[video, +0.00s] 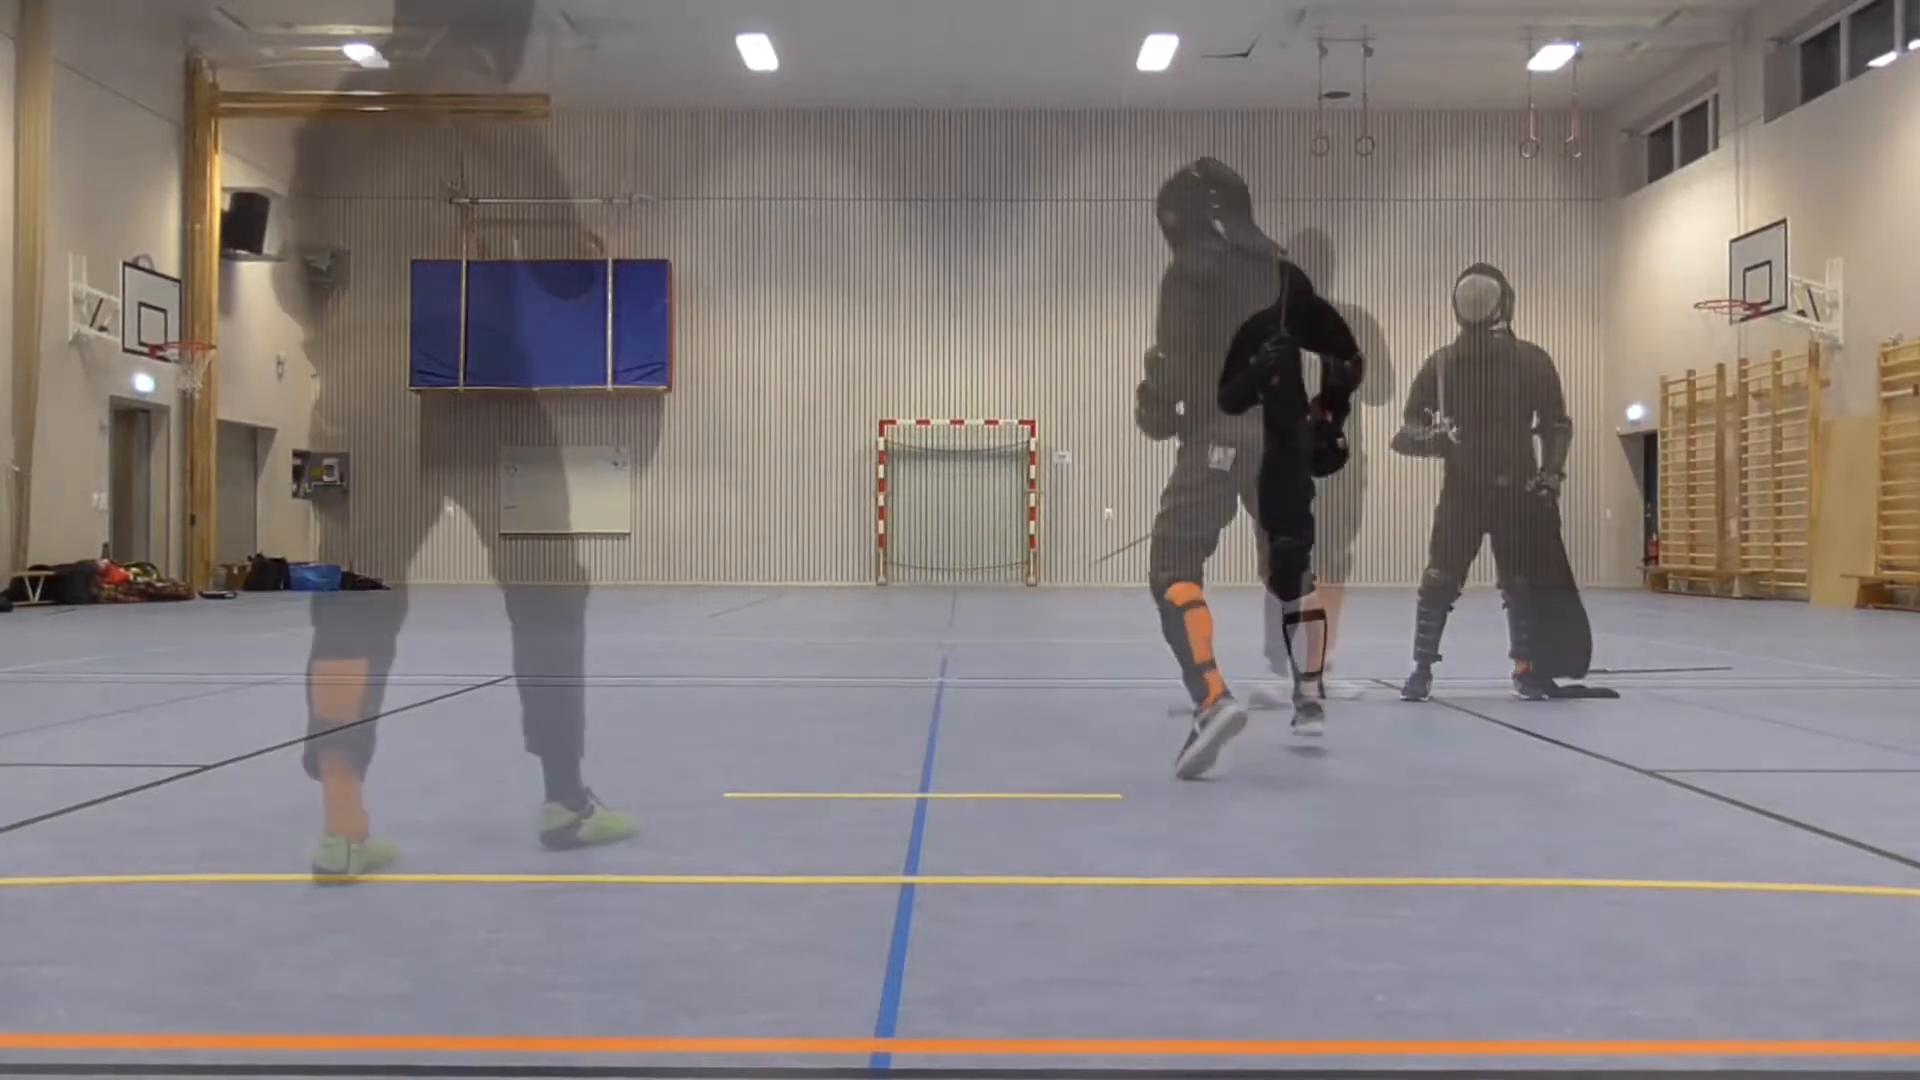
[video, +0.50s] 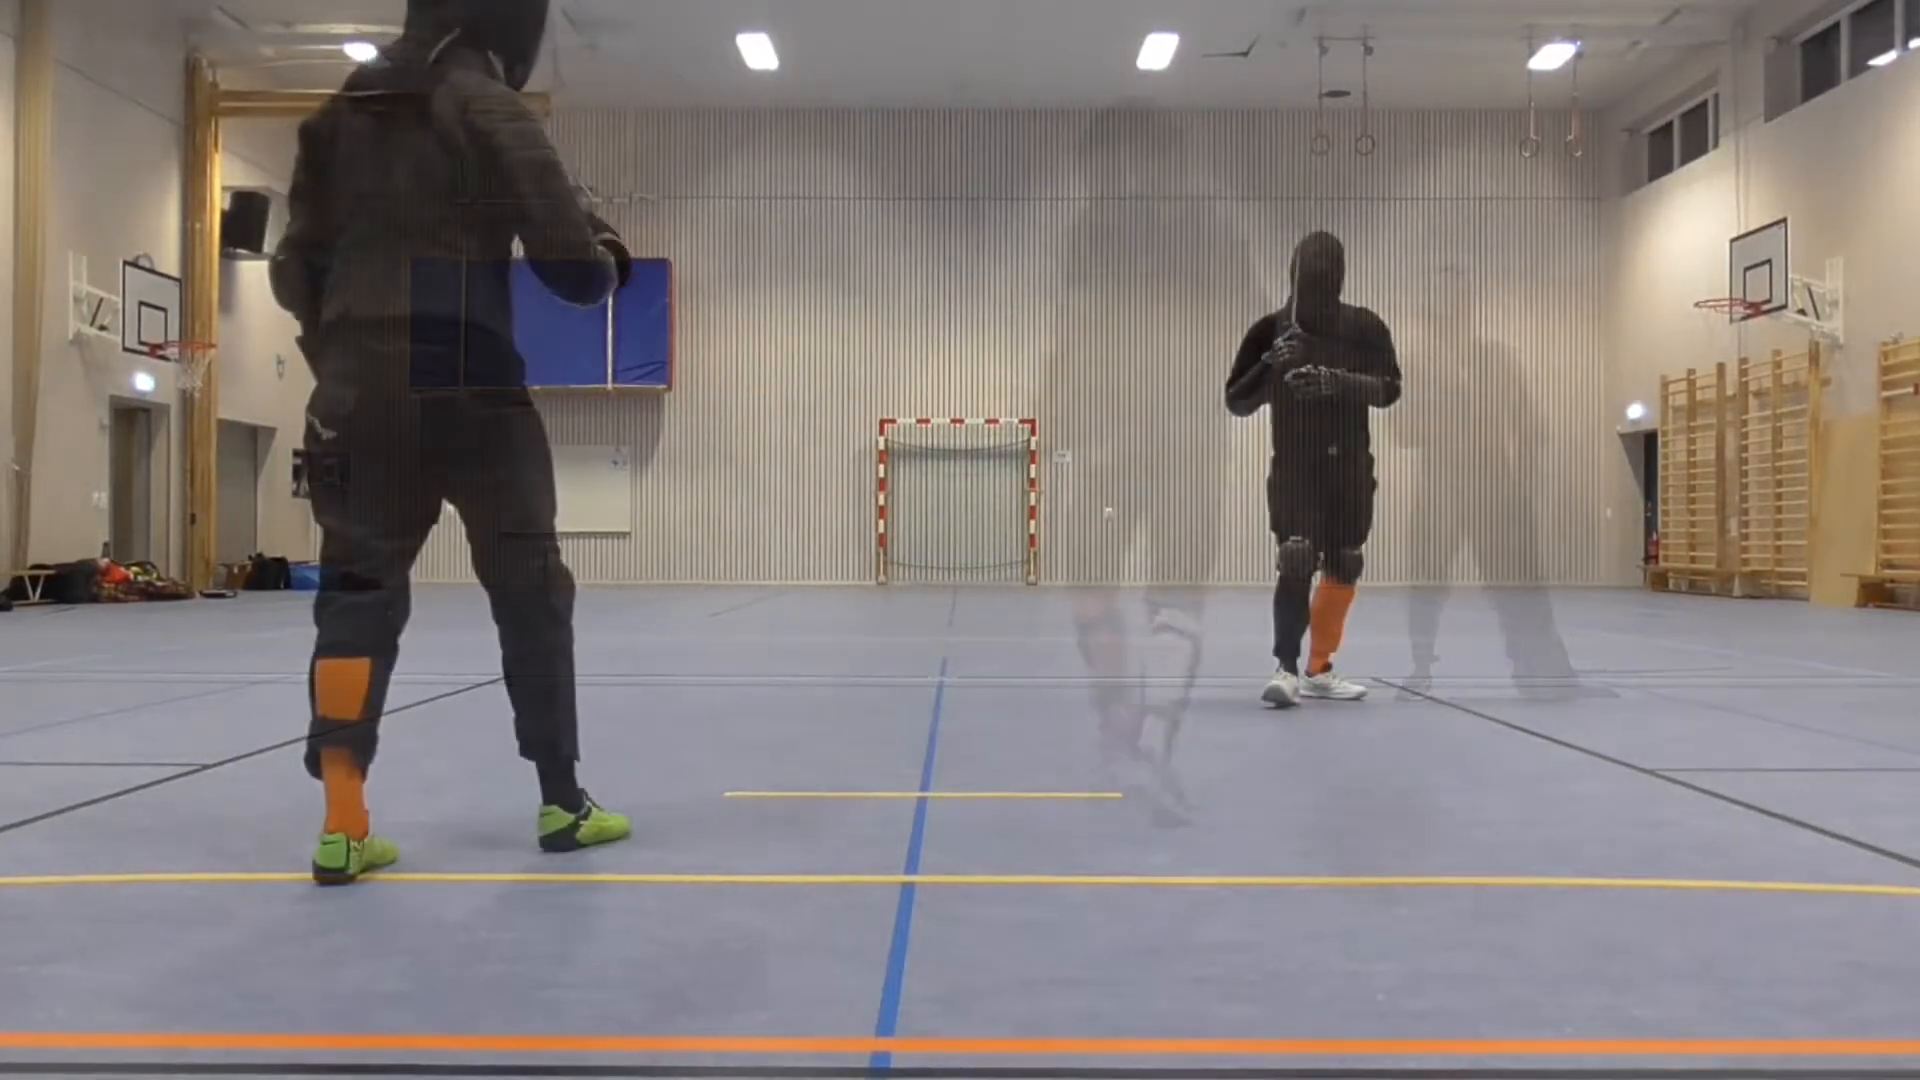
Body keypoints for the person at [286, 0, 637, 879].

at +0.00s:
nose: (521, 63)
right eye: (514, 47)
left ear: (411, 33)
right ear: (502, 46)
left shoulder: (338, 128)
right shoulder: (517, 135)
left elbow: (300, 268)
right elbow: (573, 262)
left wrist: (340, 329)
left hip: (369, 399)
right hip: (497, 401)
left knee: (357, 595)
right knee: (548, 583)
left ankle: (343, 830)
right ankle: (565, 798)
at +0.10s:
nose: (515, 62)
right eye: (507, 46)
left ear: (400, 31)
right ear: (486, 40)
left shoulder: (326, 122)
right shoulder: (492, 127)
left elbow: (282, 265)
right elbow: (562, 251)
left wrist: (316, 344)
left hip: (364, 393)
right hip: (486, 392)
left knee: (355, 594)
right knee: (533, 585)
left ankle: (343, 830)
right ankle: (563, 799)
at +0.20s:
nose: (507, 58)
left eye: (501, 42)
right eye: (501, 40)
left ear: (394, 23)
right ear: (478, 31)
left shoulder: (321, 117)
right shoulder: (479, 115)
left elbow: (280, 263)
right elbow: (559, 251)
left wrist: (315, 350)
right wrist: (589, 267)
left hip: (359, 394)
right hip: (478, 391)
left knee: (354, 594)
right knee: (528, 584)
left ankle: (342, 831)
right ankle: (563, 800)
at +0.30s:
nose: (510, 55)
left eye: (506, 41)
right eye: (505, 37)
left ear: (394, 21)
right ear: (480, 28)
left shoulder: (321, 117)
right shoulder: (475, 111)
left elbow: (282, 268)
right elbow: (557, 254)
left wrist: (325, 348)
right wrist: (583, 250)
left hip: (356, 397)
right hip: (474, 393)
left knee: (353, 593)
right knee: (528, 584)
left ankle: (342, 830)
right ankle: (563, 801)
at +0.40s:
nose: (518, 58)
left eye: (516, 41)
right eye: (514, 38)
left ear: (404, 21)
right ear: (488, 30)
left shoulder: (326, 118)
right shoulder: (487, 114)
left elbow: (286, 268)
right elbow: (563, 261)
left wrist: (340, 353)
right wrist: (586, 247)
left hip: (358, 401)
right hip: (477, 398)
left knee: (355, 597)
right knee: (530, 589)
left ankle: (343, 830)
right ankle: (562, 800)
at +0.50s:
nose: (534, 58)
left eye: (532, 41)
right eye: (530, 38)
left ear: (420, 21)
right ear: (502, 32)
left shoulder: (337, 119)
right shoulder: (491, 111)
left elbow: (293, 266)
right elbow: (572, 265)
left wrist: (345, 339)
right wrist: (603, 254)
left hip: (359, 396)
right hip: (476, 394)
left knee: (356, 596)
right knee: (530, 589)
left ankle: (344, 827)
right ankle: (561, 802)